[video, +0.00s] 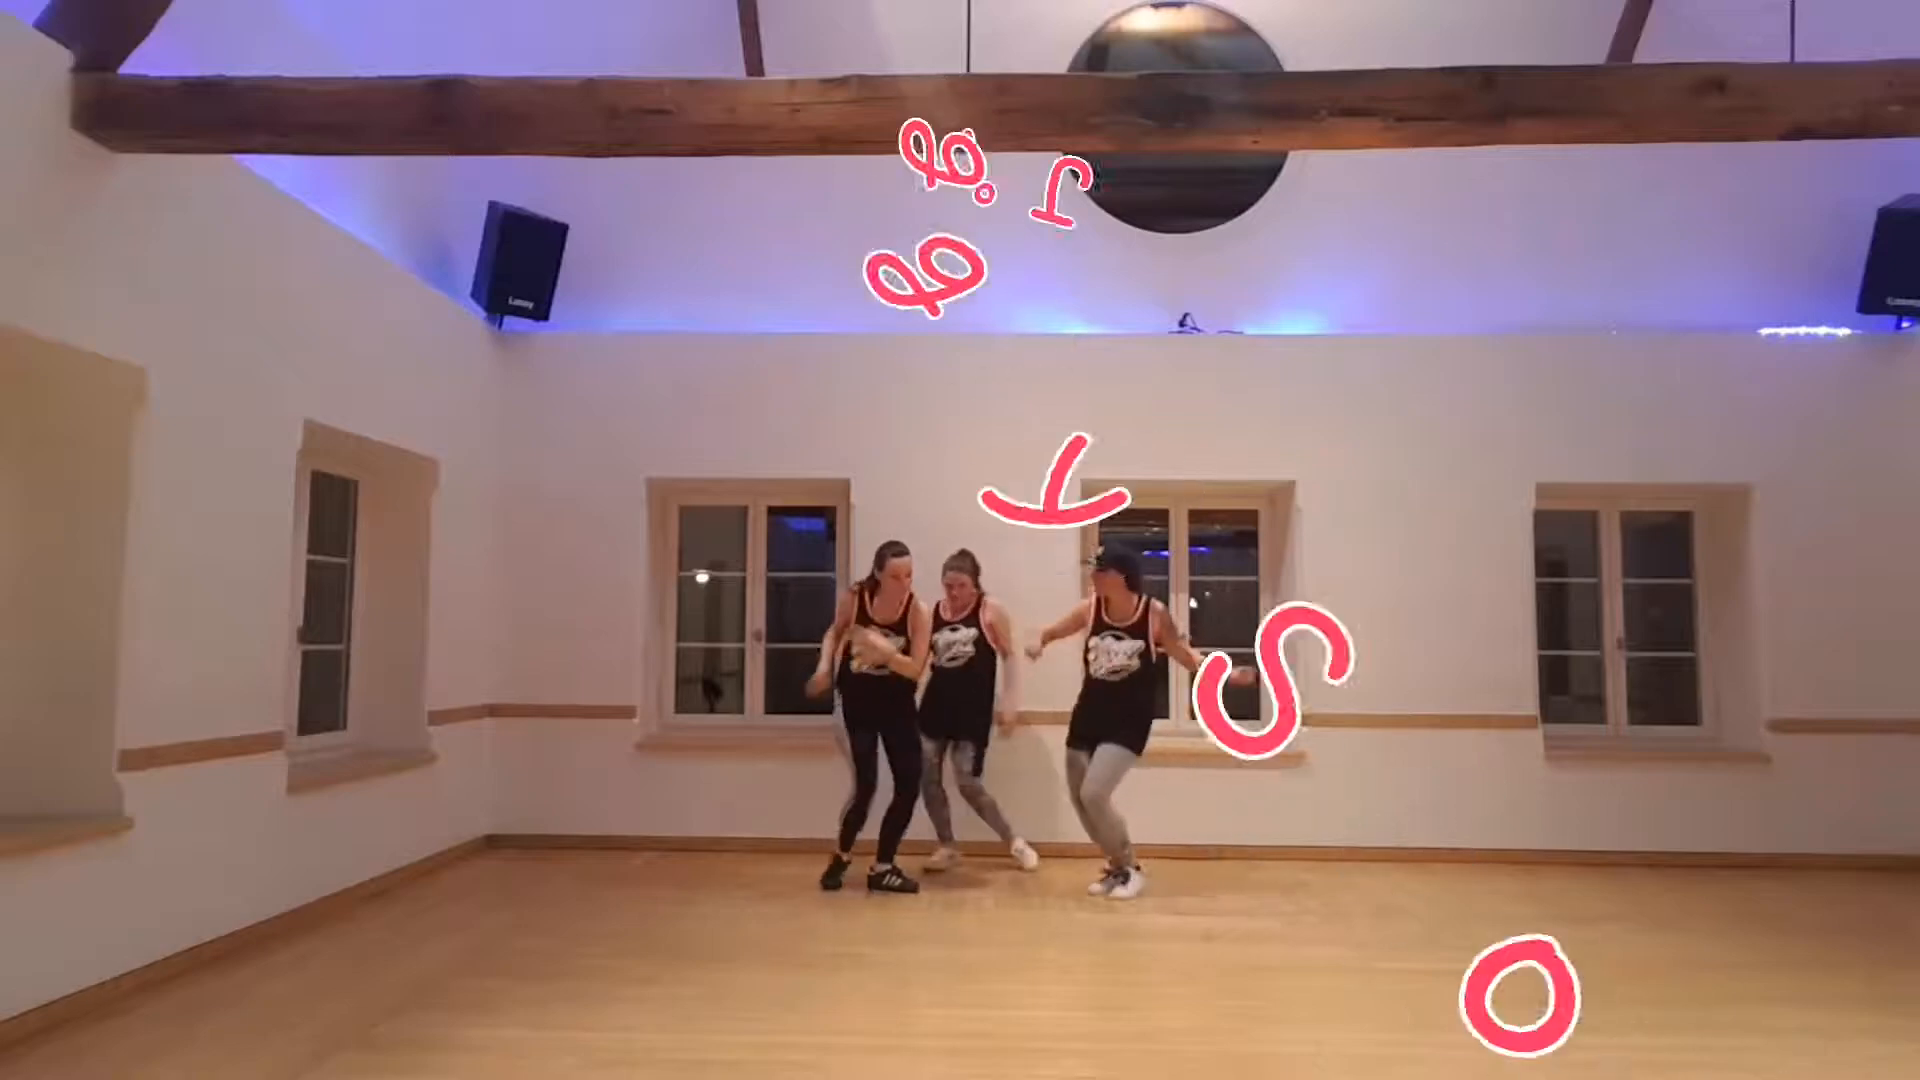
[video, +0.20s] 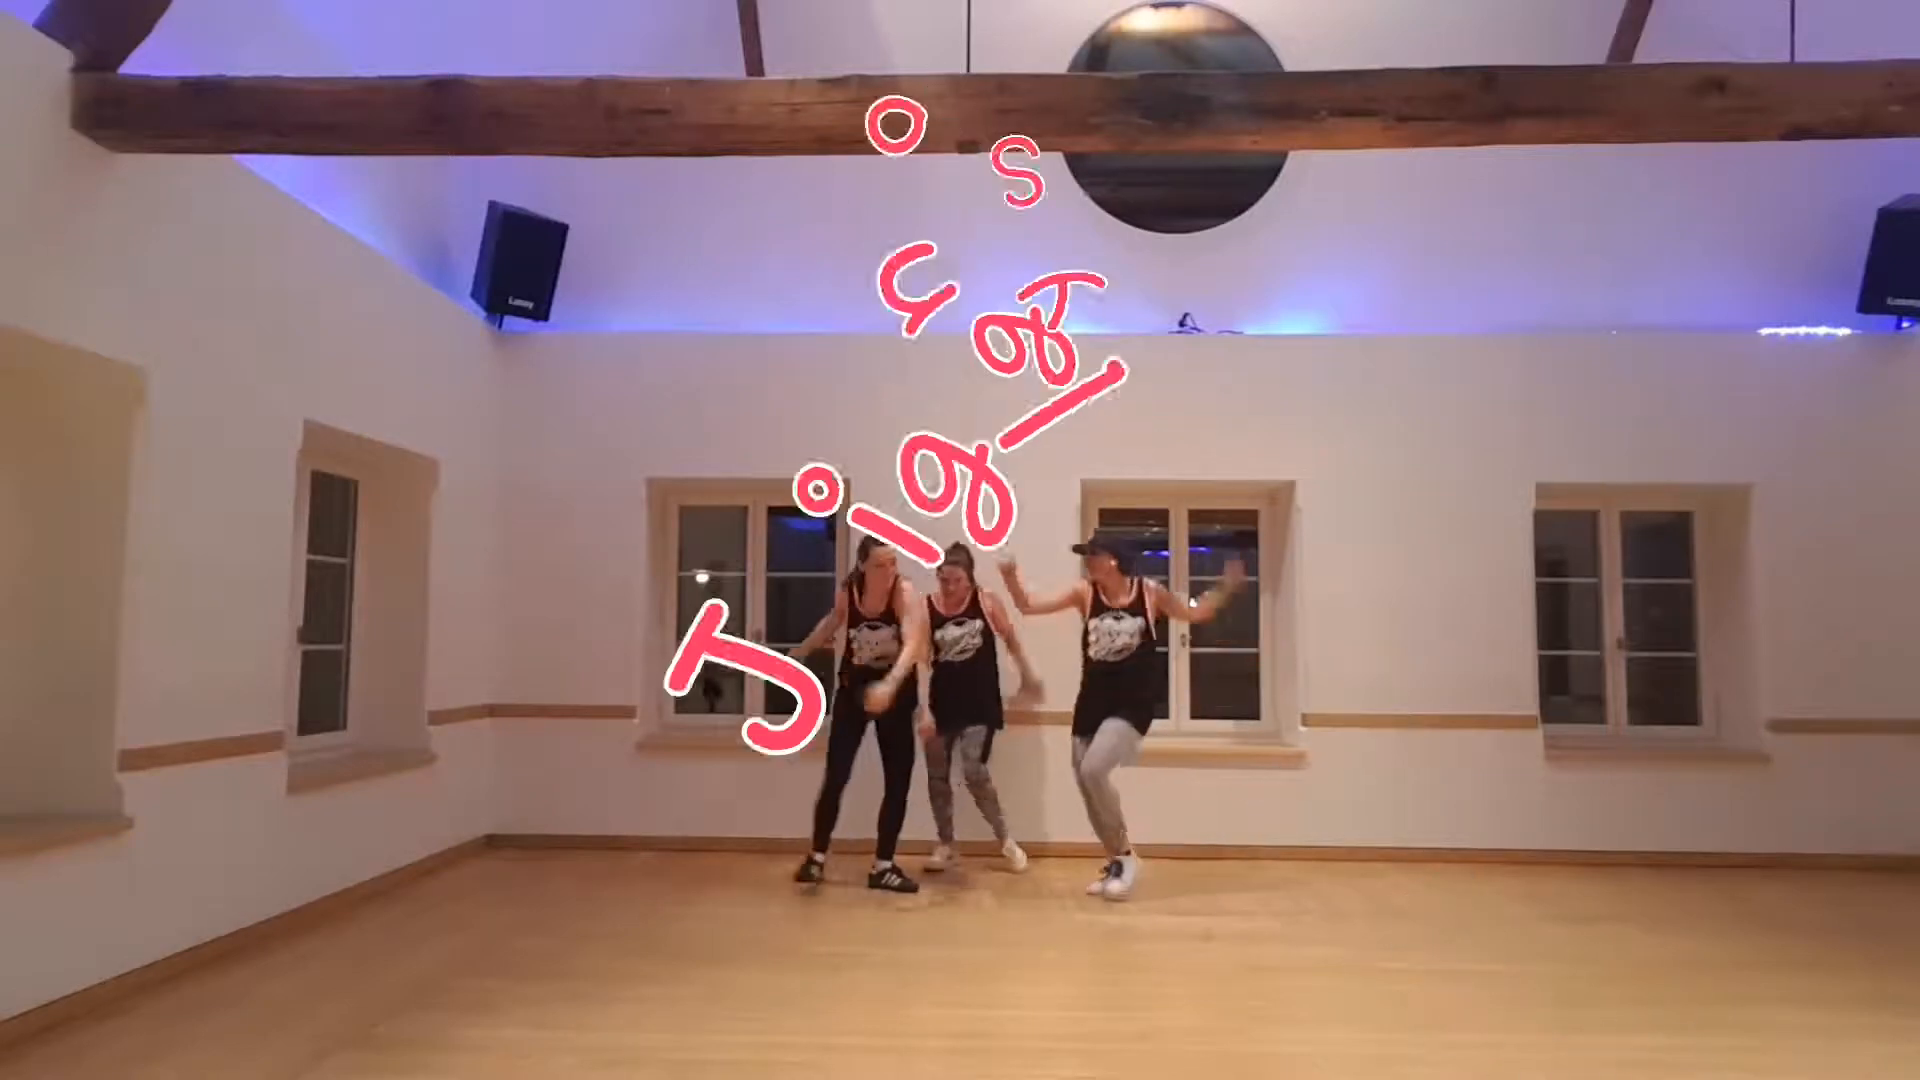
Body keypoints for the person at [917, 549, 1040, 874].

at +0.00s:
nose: (953, 592)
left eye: (960, 586)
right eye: (948, 585)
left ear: (976, 585)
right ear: (942, 583)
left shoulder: (991, 613)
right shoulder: (932, 613)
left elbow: (1010, 657)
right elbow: (918, 658)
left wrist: (1010, 704)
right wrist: (903, 695)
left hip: (973, 706)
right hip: (936, 702)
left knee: (968, 784)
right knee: (928, 778)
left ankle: (1013, 842)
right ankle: (947, 845)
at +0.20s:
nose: (950, 586)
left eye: (957, 580)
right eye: (945, 580)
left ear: (970, 578)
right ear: (938, 578)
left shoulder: (986, 601)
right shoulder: (927, 608)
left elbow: (1010, 638)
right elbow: (922, 661)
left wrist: (1027, 676)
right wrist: (923, 711)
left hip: (980, 699)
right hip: (941, 701)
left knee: (973, 770)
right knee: (937, 776)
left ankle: (1004, 840)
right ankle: (945, 844)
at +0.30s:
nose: (949, 584)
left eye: (955, 577)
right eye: (944, 577)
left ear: (969, 574)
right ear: (936, 574)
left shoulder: (985, 593)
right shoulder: (928, 606)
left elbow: (1015, 622)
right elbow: (928, 659)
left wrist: (1039, 653)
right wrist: (934, 709)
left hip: (989, 696)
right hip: (948, 700)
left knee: (993, 766)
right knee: (940, 772)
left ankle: (1006, 843)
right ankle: (944, 842)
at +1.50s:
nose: (1001, 564)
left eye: (1009, 560)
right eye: (1001, 558)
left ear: (1028, 567)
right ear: (999, 560)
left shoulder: (1033, 607)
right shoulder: (993, 584)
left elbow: (1000, 649)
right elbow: (974, 626)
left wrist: (955, 637)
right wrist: (946, 647)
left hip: (999, 692)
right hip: (961, 684)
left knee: (1013, 769)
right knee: (951, 763)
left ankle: (1015, 842)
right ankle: (940, 836)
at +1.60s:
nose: (997, 569)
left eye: (1004, 566)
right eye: (997, 564)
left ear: (1024, 574)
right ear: (995, 567)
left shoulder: (1028, 615)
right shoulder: (991, 593)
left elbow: (987, 648)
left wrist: (954, 623)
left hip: (994, 699)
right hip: (955, 691)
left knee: (1009, 772)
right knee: (944, 766)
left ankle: (1013, 842)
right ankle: (938, 838)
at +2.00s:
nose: (957, 553)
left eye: (966, 547)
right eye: (957, 547)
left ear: (983, 554)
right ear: (959, 554)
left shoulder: (990, 582)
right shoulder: (963, 590)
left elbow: (977, 590)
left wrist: (955, 554)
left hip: (989, 690)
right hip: (954, 689)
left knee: (999, 769)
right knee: (945, 767)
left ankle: (1016, 840)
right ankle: (938, 839)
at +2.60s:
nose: (942, 561)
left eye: (938, 556)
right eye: (933, 562)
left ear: (943, 562)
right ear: (925, 576)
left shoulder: (965, 588)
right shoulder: (921, 603)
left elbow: (986, 634)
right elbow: (911, 657)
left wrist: (1010, 612)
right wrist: (951, 661)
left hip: (979, 693)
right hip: (940, 697)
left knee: (996, 769)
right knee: (944, 776)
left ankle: (1004, 842)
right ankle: (944, 846)